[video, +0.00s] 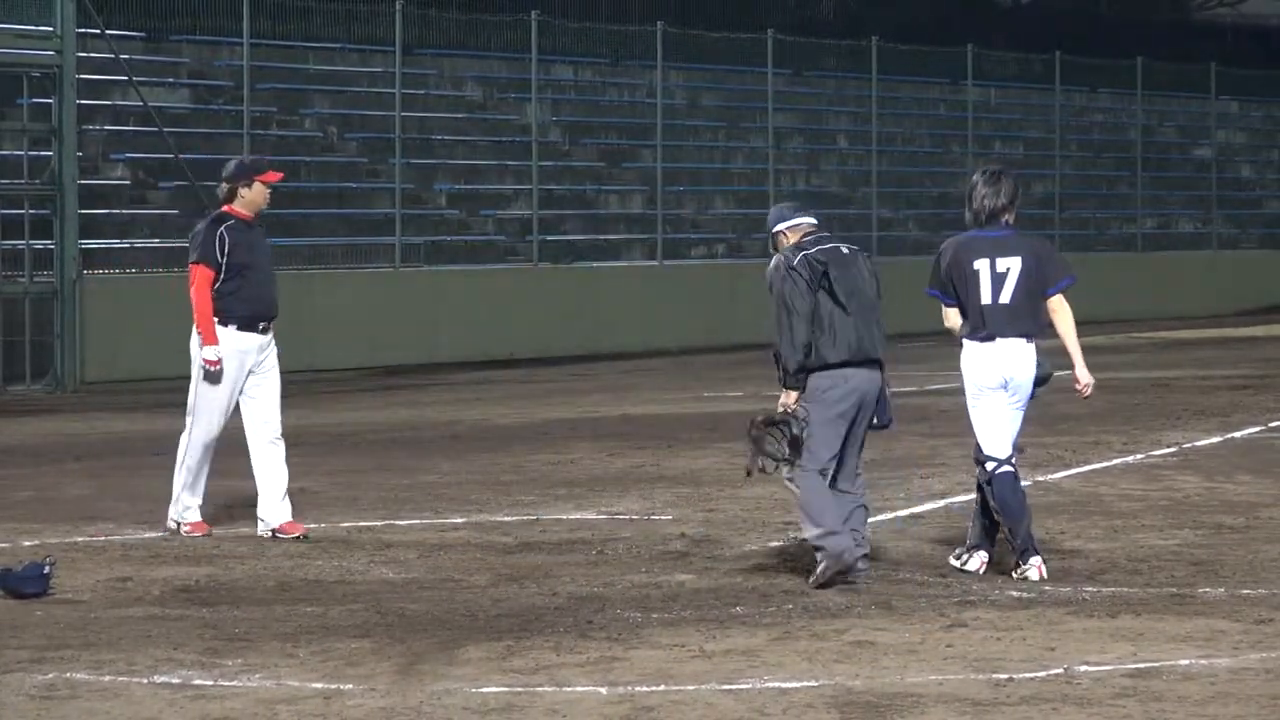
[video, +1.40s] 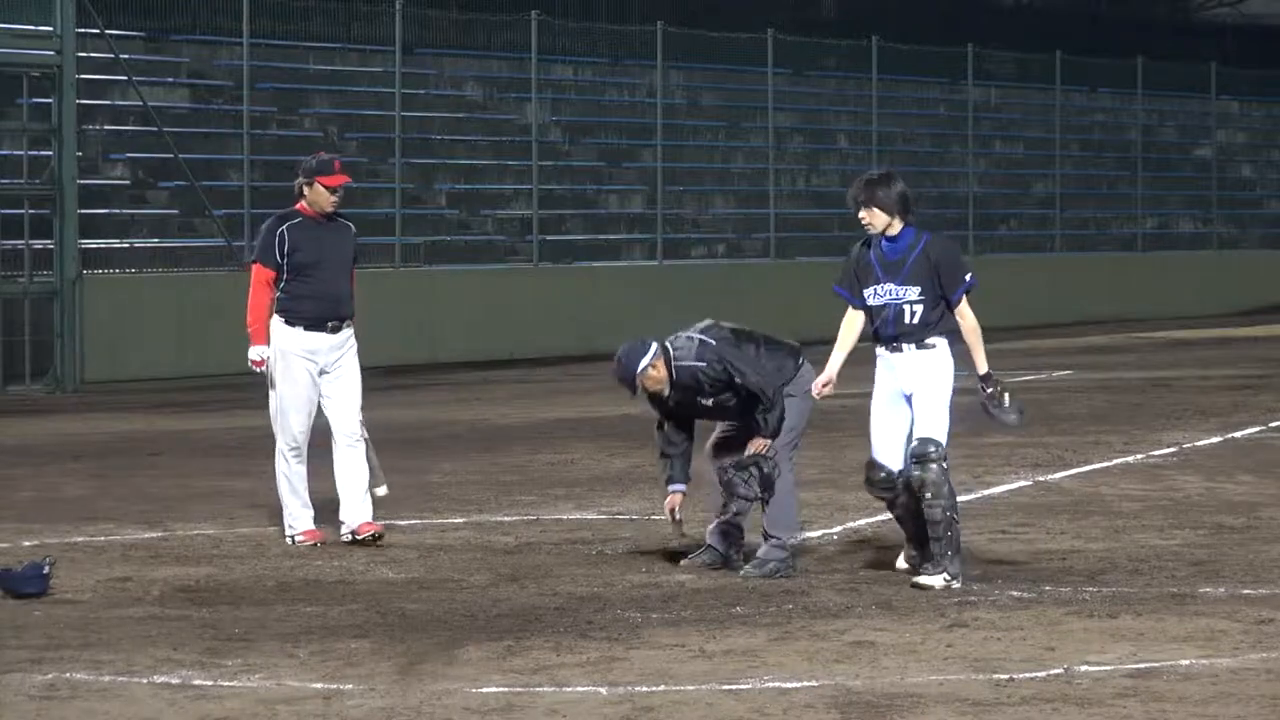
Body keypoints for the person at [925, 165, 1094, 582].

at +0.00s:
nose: (1015, 208)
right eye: (1014, 202)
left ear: (972, 204)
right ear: (1012, 206)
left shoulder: (955, 249)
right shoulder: (1035, 247)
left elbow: (952, 319)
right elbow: (1058, 307)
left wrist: (981, 336)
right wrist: (1079, 364)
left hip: (978, 357)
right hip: (1023, 355)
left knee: (996, 460)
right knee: (994, 453)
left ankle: (1029, 555)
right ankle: (979, 547)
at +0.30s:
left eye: (947, 199)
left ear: (946, 205)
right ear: (984, 203)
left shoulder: (933, 252)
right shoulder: (1010, 241)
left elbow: (927, 324)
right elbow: (1037, 302)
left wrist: (944, 365)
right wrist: (1057, 355)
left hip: (967, 358)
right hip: (1011, 355)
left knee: (989, 456)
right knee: (966, 450)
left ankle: (1026, 555)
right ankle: (943, 546)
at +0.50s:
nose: (916, 205)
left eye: (918, 198)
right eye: (918, 198)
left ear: (926, 203)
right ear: (961, 199)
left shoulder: (922, 246)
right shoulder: (988, 243)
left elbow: (911, 313)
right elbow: (1008, 305)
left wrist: (908, 369)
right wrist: (1019, 356)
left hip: (944, 355)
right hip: (982, 352)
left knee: (965, 456)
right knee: (952, 452)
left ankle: (1015, 546)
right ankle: (936, 550)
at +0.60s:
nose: (910, 205)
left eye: (914, 198)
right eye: (912, 197)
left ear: (926, 201)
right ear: (953, 199)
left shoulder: (926, 242)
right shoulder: (977, 241)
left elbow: (909, 308)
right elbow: (987, 306)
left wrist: (894, 368)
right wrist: (986, 359)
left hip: (937, 349)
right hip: (969, 347)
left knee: (948, 454)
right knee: (943, 451)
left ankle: (1008, 539)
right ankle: (936, 550)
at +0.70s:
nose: (899, 206)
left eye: (902, 199)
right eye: (898, 199)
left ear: (919, 199)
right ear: (931, 197)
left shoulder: (931, 238)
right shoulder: (954, 234)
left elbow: (919, 306)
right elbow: (945, 302)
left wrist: (897, 366)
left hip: (932, 349)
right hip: (950, 347)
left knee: (938, 455)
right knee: (927, 453)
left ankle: (1008, 535)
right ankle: (935, 551)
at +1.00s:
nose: (879, 214)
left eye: (885, 205)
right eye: (876, 206)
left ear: (908, 203)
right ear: (884, 208)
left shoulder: (936, 243)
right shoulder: (894, 248)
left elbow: (956, 308)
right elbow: (884, 315)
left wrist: (952, 371)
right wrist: (884, 372)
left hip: (933, 353)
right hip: (901, 355)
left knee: (926, 453)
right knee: (915, 454)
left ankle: (967, 544)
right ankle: (933, 548)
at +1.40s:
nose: (861, 215)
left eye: (868, 207)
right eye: (859, 208)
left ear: (892, 208)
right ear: (867, 211)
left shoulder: (935, 249)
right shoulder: (862, 256)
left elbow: (964, 314)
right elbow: (855, 315)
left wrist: (984, 375)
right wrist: (831, 371)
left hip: (931, 362)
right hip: (887, 365)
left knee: (926, 464)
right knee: (884, 475)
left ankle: (946, 564)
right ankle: (919, 543)